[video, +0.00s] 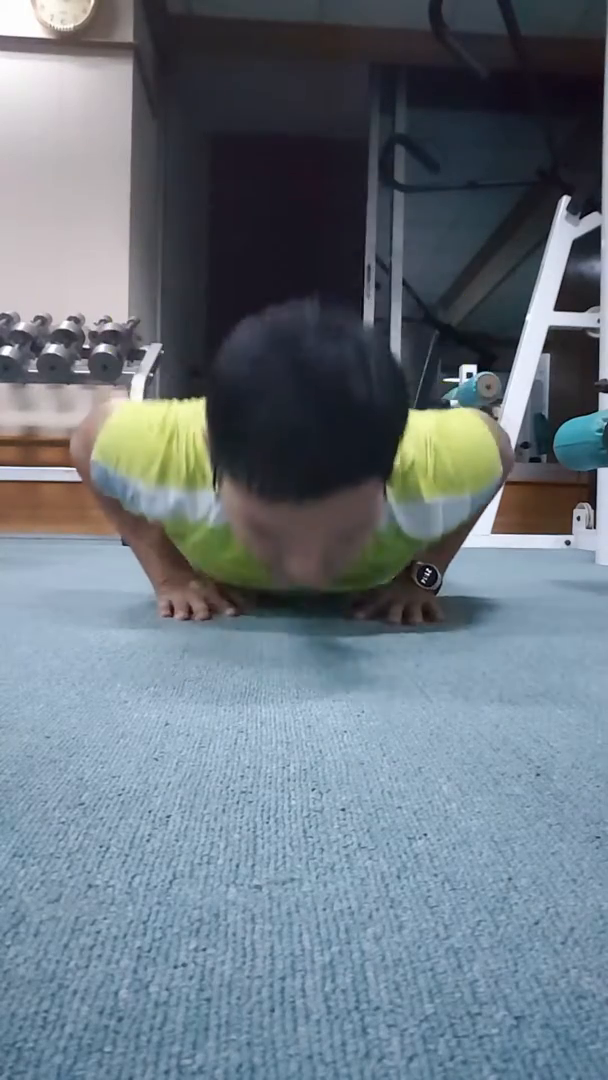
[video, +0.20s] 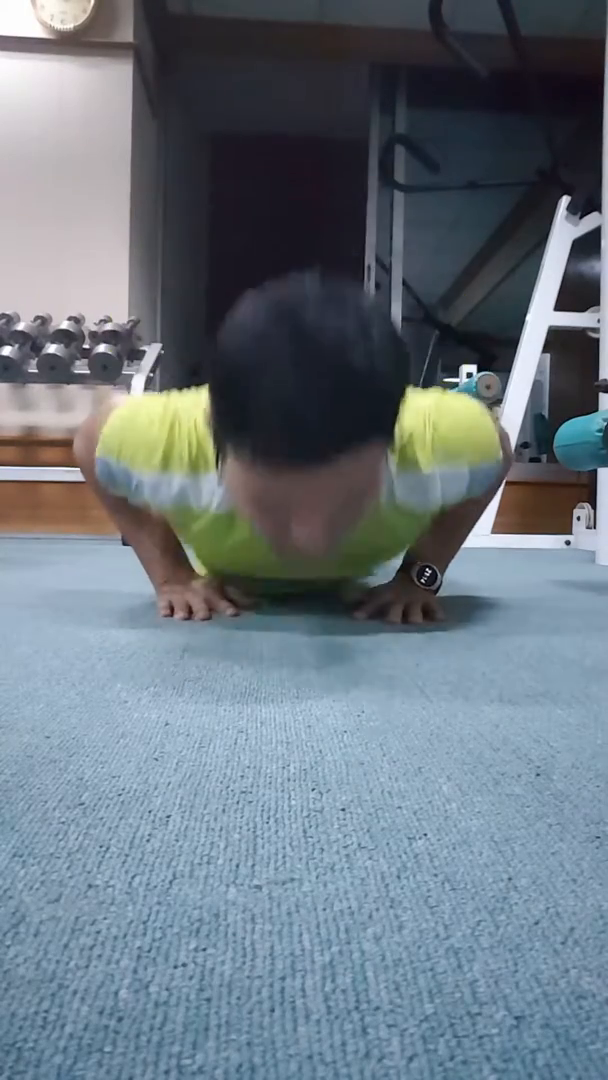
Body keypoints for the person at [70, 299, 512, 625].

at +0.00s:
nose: (306, 569)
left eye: (345, 537)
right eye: (267, 535)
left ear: (385, 477)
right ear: (215, 468)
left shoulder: (439, 468)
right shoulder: (159, 456)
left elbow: (493, 443)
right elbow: (88, 440)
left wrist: (423, 576)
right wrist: (172, 576)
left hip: (374, 570)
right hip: (228, 570)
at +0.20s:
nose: (308, 534)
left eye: (342, 501)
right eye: (272, 504)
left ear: (384, 450)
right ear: (221, 448)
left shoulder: (448, 443)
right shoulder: (156, 444)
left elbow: (489, 456)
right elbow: (91, 442)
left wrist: (419, 576)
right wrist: (172, 574)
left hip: (362, 565)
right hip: (229, 561)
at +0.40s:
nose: (317, 351)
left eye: (348, 314)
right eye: (280, 319)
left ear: (386, 272)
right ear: (222, 269)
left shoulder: (442, 341)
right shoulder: (162, 345)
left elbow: (480, 452)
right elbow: (106, 446)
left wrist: (417, 577)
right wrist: (174, 575)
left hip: (344, 506)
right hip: (232, 510)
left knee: (329, 533)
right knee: (246, 535)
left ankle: (303, 551)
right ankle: (262, 547)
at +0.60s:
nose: (318, 189)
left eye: (348, 152)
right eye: (283, 154)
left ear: (384, 128)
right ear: (232, 132)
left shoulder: (428, 249)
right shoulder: (183, 244)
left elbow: (451, 427)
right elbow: (138, 423)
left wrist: (415, 577)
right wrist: (176, 576)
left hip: (340, 464)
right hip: (238, 464)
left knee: (315, 504)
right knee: (253, 506)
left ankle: (301, 520)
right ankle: (261, 520)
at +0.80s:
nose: (308, 141)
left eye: (339, 104)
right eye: (275, 104)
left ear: (375, 93)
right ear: (231, 96)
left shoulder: (423, 228)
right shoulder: (187, 217)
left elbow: (432, 414)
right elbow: (157, 405)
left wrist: (414, 574)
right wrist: (170, 573)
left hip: (341, 446)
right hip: (241, 443)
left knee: (316, 492)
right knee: (255, 490)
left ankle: (302, 515)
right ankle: (262, 514)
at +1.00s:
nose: (307, 254)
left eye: (341, 211)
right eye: (272, 211)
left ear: (381, 195)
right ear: (225, 195)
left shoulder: (428, 298)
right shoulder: (177, 282)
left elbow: (462, 444)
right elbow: (126, 431)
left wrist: (416, 574)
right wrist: (168, 574)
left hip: (338, 489)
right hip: (236, 489)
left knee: (316, 516)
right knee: (249, 521)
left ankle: (303, 530)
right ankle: (260, 528)